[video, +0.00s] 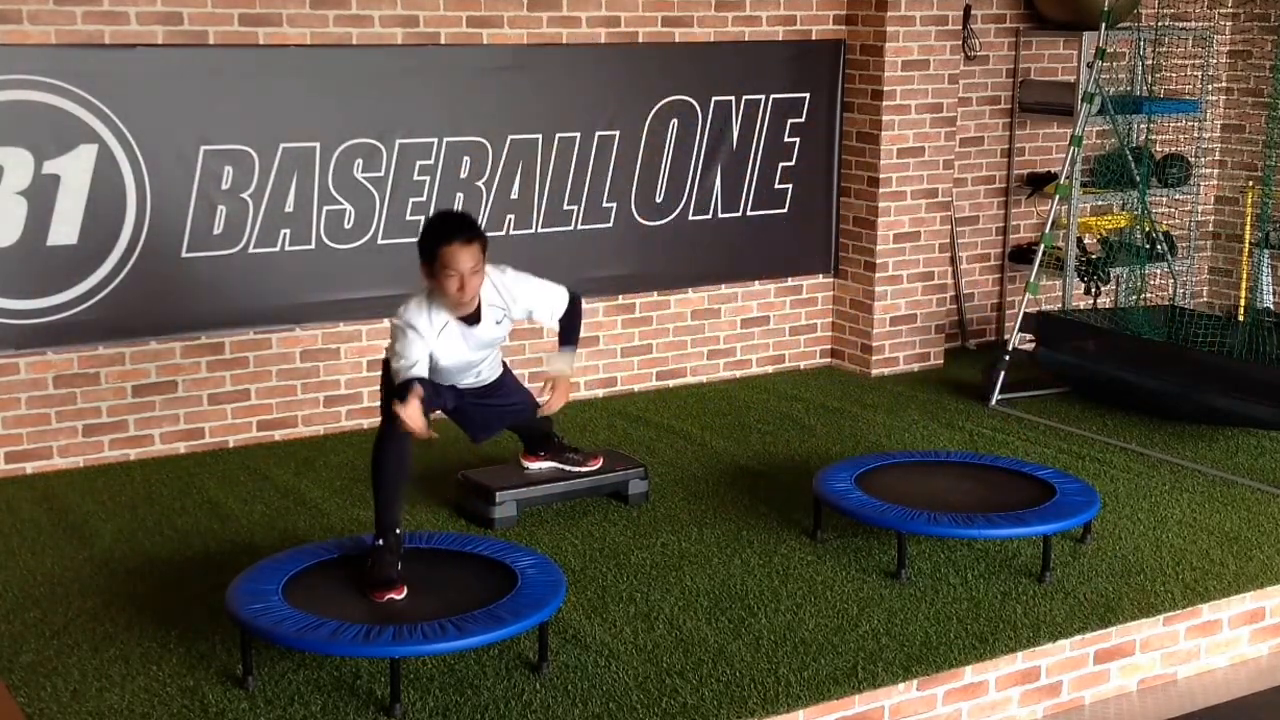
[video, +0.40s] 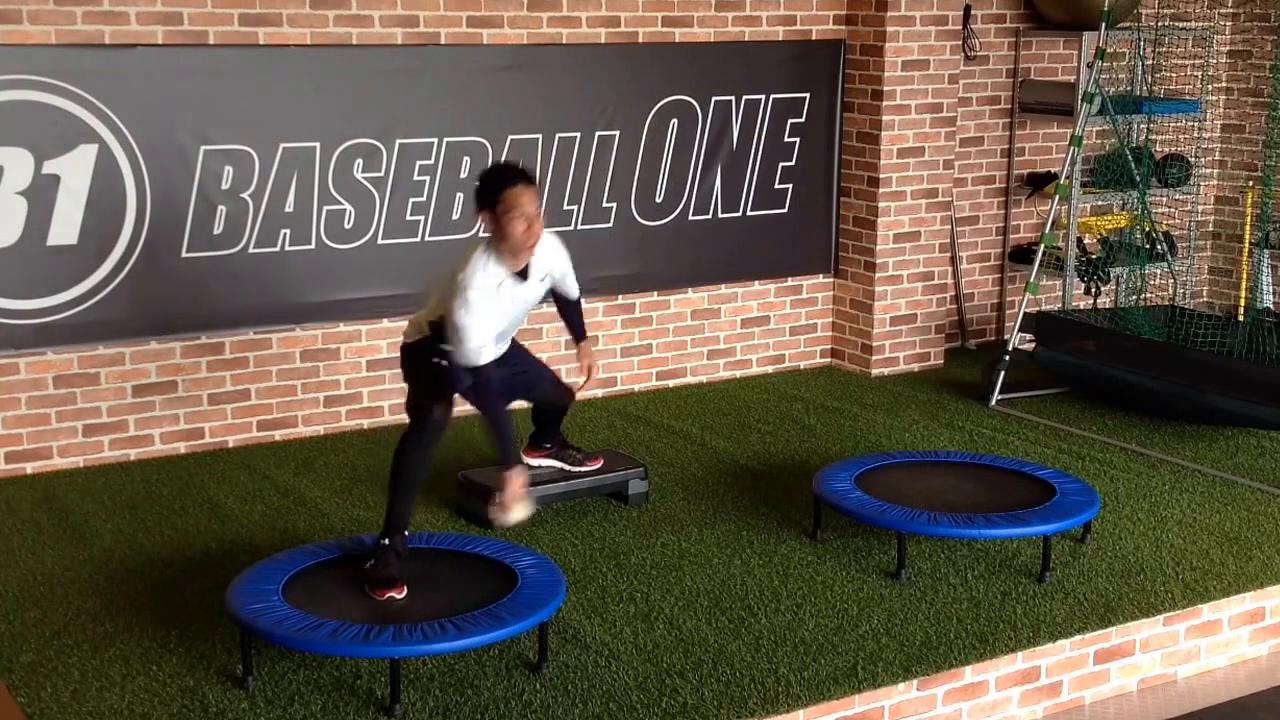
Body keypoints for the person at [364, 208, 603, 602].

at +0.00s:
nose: (464, 285)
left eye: (474, 272)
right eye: (451, 275)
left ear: (484, 264)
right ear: (428, 273)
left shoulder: (504, 287)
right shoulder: (414, 317)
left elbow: (570, 303)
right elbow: (408, 374)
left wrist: (562, 368)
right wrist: (412, 403)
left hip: (484, 373)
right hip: (425, 379)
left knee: (527, 414)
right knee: (397, 423)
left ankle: (542, 446)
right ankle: (387, 542)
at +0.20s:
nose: (472, 278)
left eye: (480, 264)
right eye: (458, 268)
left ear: (489, 255)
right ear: (434, 266)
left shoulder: (512, 281)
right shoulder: (422, 319)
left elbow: (570, 305)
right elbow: (437, 406)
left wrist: (568, 367)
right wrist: (413, 437)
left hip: (494, 368)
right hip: (428, 378)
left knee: (537, 408)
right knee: (393, 444)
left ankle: (544, 446)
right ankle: (387, 544)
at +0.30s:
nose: (497, 255)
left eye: (503, 242)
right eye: (482, 246)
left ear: (512, 238)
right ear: (457, 247)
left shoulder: (530, 269)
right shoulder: (442, 304)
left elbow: (570, 301)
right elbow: (449, 399)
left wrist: (575, 360)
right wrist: (449, 475)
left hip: (491, 356)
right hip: (427, 363)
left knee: (547, 404)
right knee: (413, 418)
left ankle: (545, 445)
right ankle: (389, 542)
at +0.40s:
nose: (533, 224)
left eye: (536, 212)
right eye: (519, 216)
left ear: (542, 211)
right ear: (488, 222)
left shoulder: (548, 248)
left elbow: (567, 294)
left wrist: (582, 341)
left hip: (493, 345)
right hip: (435, 350)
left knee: (557, 396)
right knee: (431, 419)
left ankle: (546, 442)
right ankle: (391, 543)